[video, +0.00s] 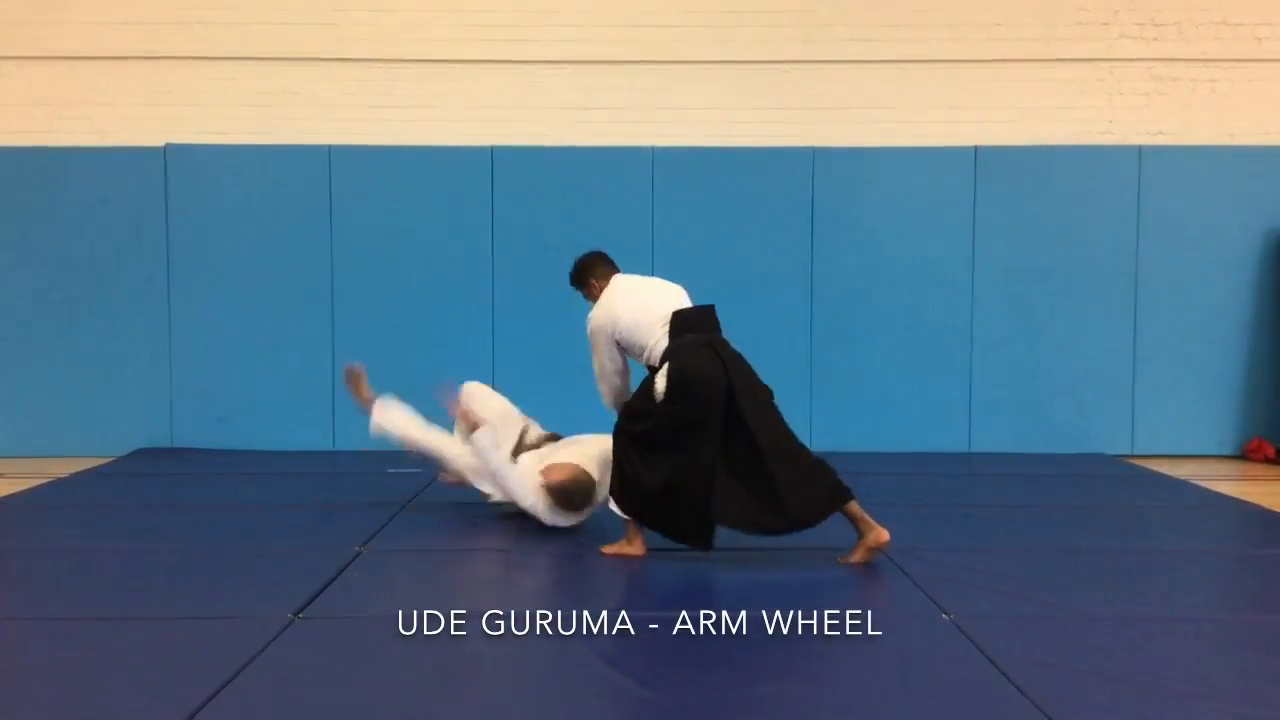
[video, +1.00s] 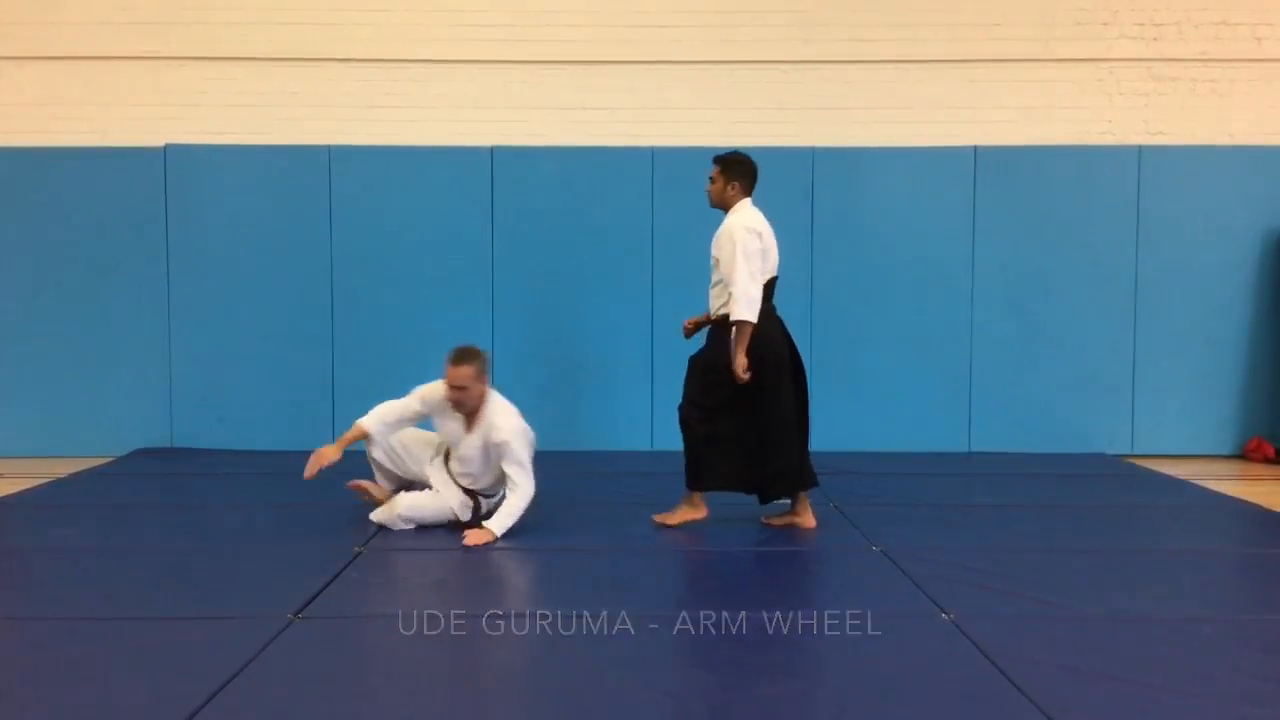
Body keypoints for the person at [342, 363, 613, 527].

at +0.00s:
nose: (549, 470)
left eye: (552, 478)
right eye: (560, 467)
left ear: (556, 495)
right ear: (574, 463)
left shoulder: (539, 503)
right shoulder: (603, 452)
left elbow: (500, 463)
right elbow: (634, 449)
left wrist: (474, 428)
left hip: (506, 479)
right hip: (535, 441)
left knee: (438, 443)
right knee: (473, 391)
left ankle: (375, 404)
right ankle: (467, 472)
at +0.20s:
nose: (565, 463)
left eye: (573, 467)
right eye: (571, 459)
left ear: (586, 482)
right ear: (582, 456)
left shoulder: (557, 509)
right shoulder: (598, 459)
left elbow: (512, 493)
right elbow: (617, 434)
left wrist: (481, 444)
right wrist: (634, 410)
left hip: (479, 489)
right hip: (511, 462)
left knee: (416, 433)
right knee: (513, 383)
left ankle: (353, 380)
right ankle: (454, 424)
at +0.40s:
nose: (570, 457)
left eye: (578, 458)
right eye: (574, 452)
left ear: (597, 472)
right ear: (593, 454)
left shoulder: (576, 513)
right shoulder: (601, 461)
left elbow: (521, 514)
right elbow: (591, 419)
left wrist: (475, 487)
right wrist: (586, 379)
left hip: (481, 492)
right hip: (505, 456)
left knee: (416, 466)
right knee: (494, 378)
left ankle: (332, 438)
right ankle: (429, 413)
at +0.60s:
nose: (562, 446)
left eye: (572, 445)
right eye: (565, 439)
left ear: (595, 457)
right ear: (571, 435)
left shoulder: (580, 500)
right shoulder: (565, 435)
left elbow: (529, 525)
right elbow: (530, 411)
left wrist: (472, 531)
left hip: (477, 500)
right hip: (494, 457)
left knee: (397, 483)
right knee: (423, 408)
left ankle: (305, 472)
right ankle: (379, 451)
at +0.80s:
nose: (512, 416)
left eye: (520, 413)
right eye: (512, 408)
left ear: (546, 417)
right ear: (513, 400)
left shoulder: (554, 461)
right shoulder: (508, 407)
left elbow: (526, 521)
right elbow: (458, 411)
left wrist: (479, 533)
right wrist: (395, 413)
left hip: (468, 497)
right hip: (462, 457)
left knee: (399, 485)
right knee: (386, 432)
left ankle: (337, 496)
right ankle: (363, 488)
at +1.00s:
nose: (451, 396)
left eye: (460, 390)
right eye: (449, 387)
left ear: (483, 384)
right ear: (445, 379)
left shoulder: (507, 427)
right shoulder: (442, 393)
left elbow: (523, 488)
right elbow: (393, 413)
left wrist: (491, 529)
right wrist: (339, 445)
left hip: (470, 495)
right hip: (445, 457)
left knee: (401, 508)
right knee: (382, 438)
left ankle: (385, 505)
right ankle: (388, 492)